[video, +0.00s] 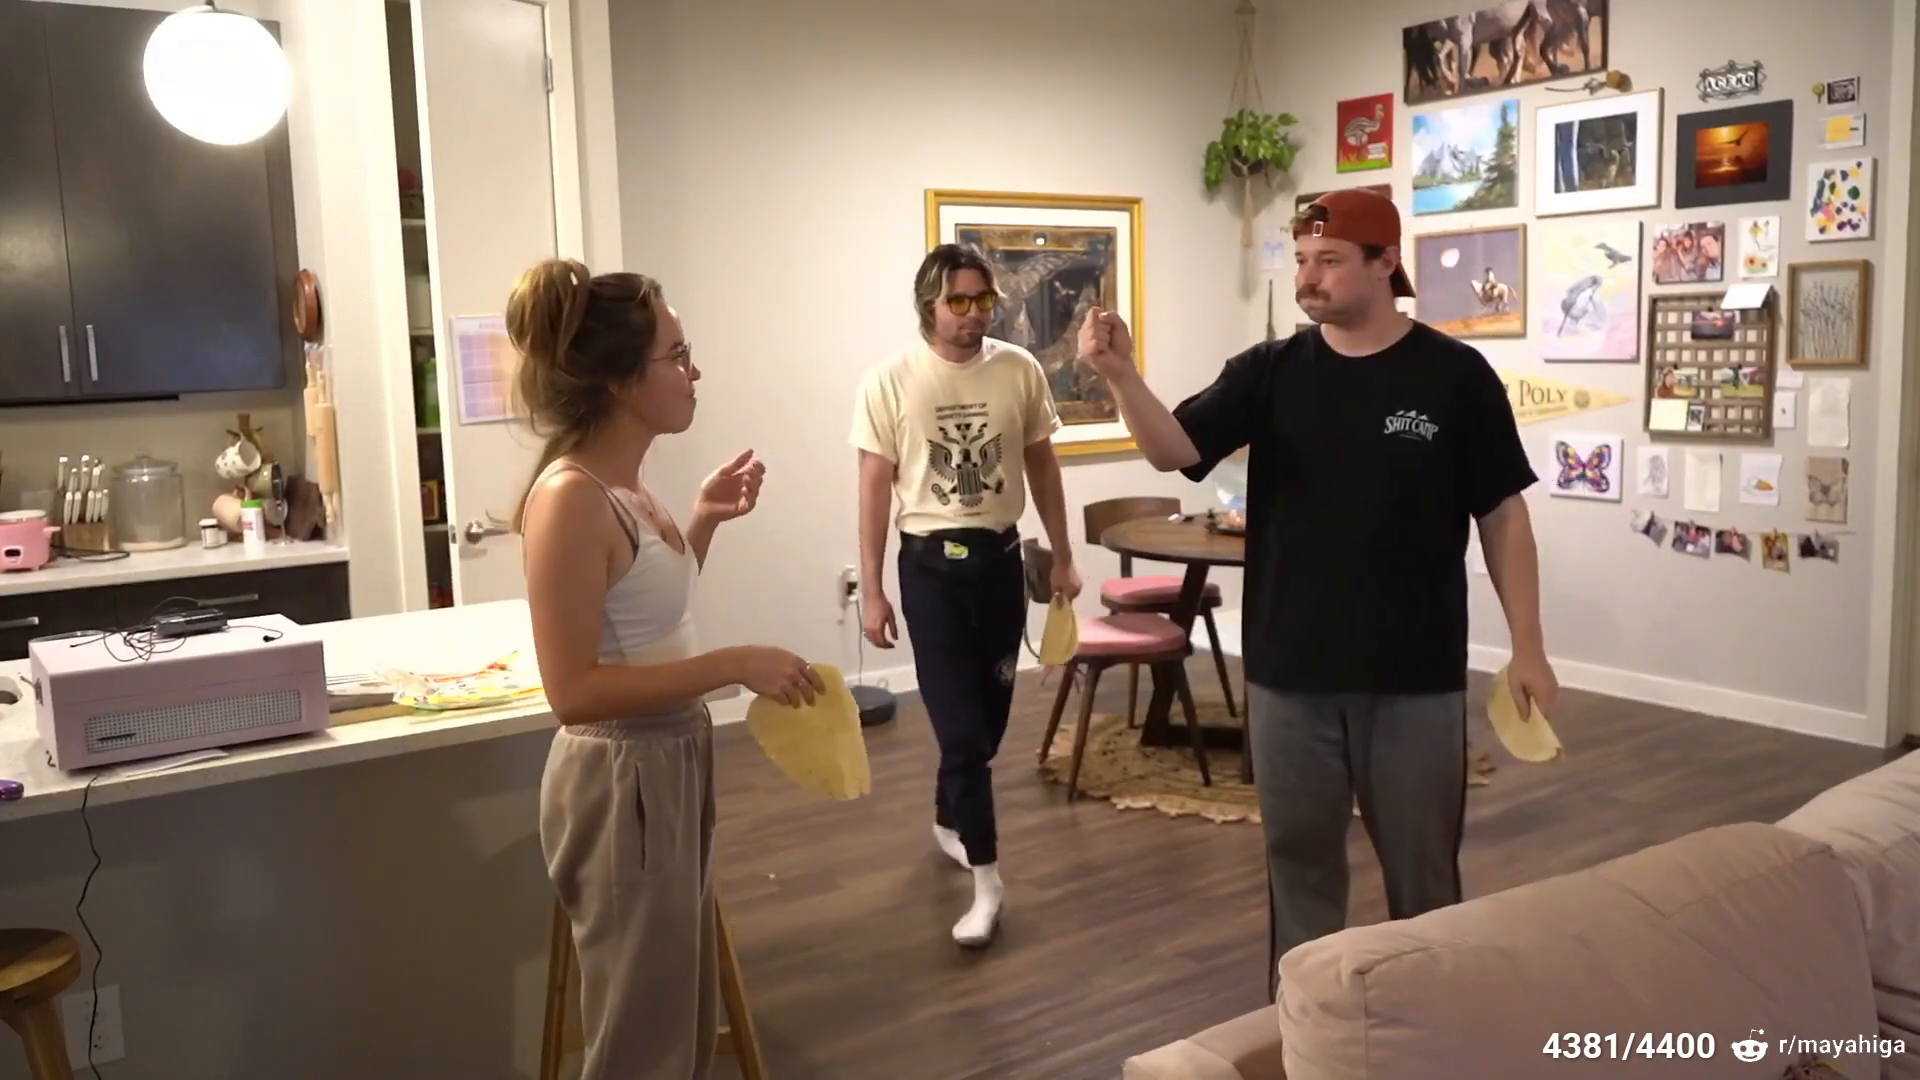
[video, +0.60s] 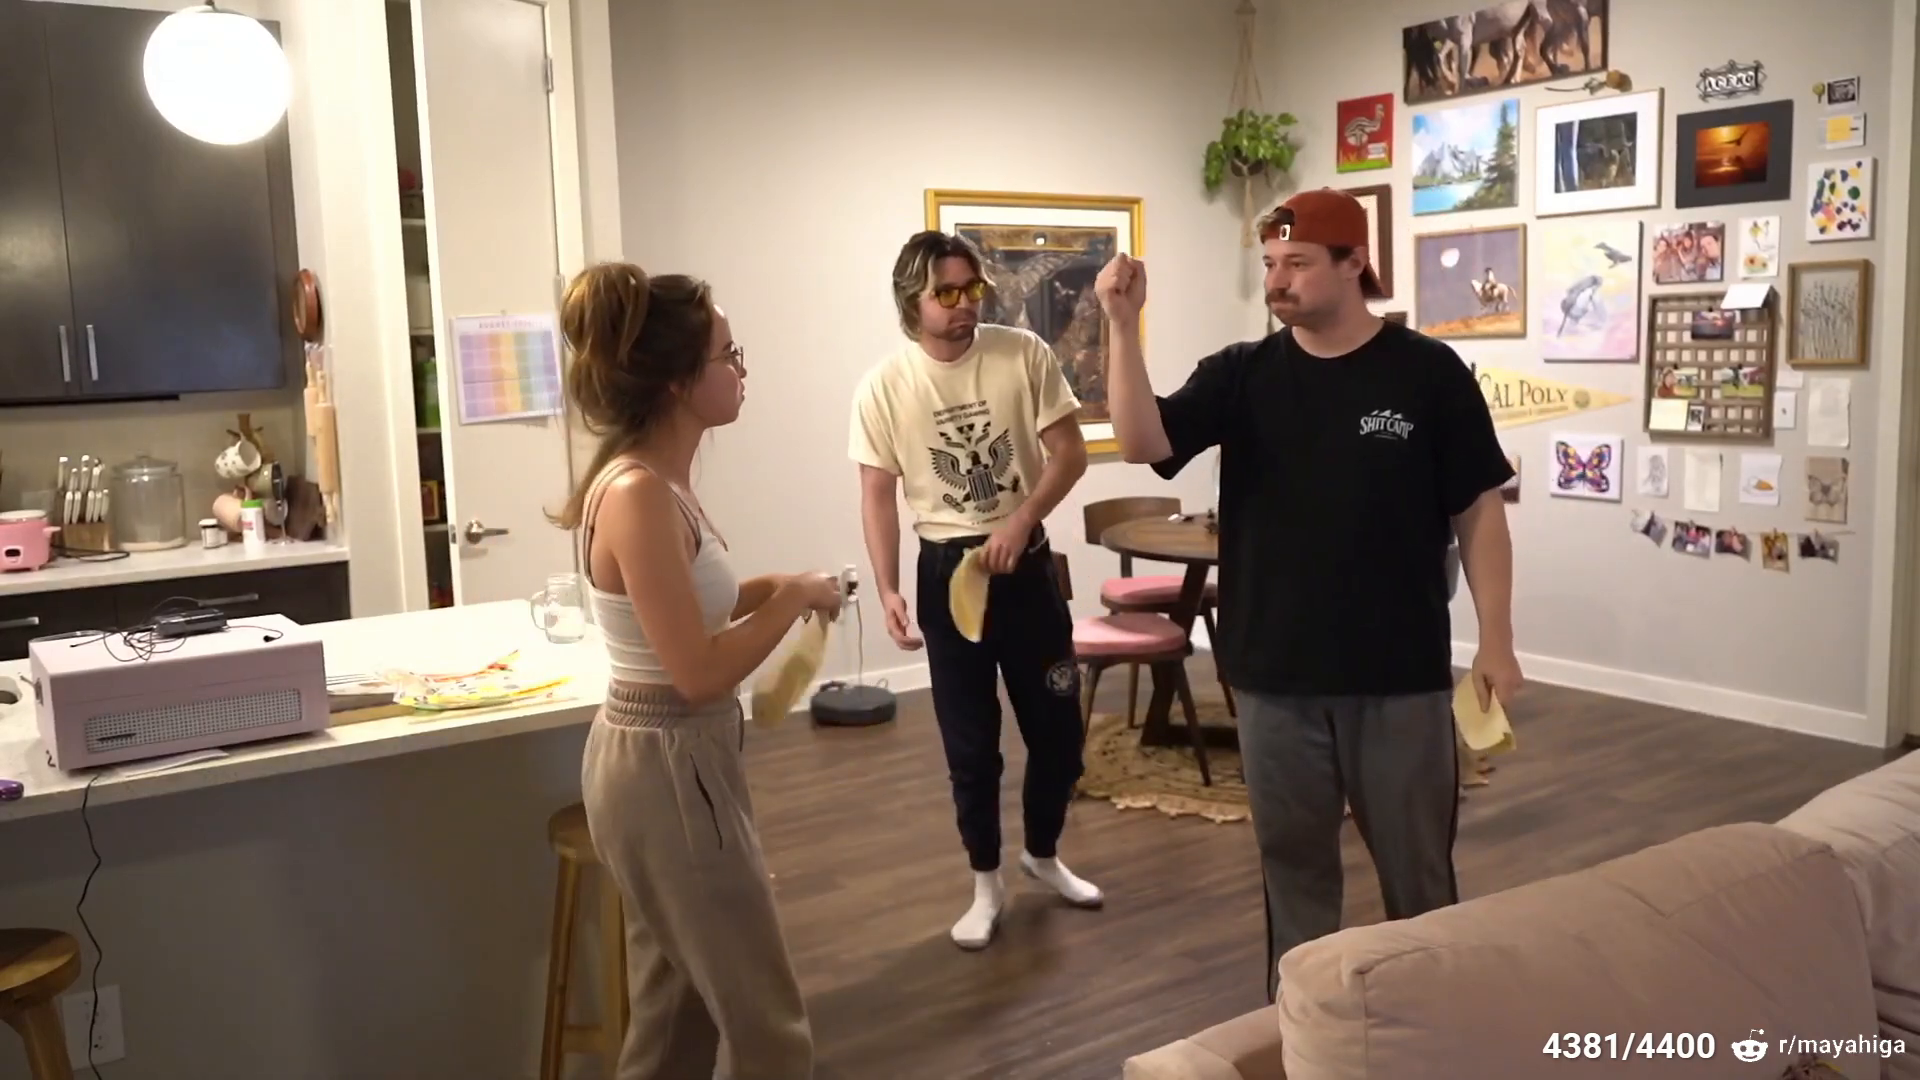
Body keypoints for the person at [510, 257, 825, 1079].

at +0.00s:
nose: (694, 372)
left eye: (686, 353)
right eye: (677, 358)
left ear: (625, 383)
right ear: (618, 383)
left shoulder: (628, 485)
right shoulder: (568, 499)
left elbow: (651, 611)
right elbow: (574, 692)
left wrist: (705, 518)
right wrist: (734, 666)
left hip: (668, 759)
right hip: (618, 776)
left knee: (681, 1012)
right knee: (642, 1028)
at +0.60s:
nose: (743, 371)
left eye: (736, 354)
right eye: (728, 359)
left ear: (677, 384)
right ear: (679, 385)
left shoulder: (660, 481)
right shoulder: (638, 495)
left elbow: (689, 621)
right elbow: (698, 675)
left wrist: (776, 594)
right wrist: (789, 600)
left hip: (664, 755)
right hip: (667, 769)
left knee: (667, 1020)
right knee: (769, 1027)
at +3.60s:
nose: (841, 359)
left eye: (835, 345)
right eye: (830, 349)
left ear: (768, 378)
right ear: (782, 377)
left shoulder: (731, 467)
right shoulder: (761, 482)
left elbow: (816, 567)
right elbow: (783, 665)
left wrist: (872, 462)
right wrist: (921, 629)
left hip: (735, 732)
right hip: (776, 747)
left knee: (763, 970)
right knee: (818, 990)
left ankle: (743, 1073)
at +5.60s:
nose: (848, 368)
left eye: (844, 353)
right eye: (838, 356)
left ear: (780, 377)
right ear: (791, 376)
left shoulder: (749, 470)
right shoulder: (759, 486)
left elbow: (826, 584)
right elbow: (776, 668)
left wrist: (937, 529)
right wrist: (916, 641)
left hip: (768, 732)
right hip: (787, 746)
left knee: (785, 966)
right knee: (814, 980)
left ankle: (763, 1073)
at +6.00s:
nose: (861, 371)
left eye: (857, 356)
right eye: (852, 359)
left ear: (795, 377)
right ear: (805, 376)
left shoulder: (753, 468)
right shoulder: (770, 482)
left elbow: (823, 592)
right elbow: (780, 665)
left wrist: (937, 546)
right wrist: (924, 646)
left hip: (761, 730)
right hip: (785, 744)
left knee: (781, 968)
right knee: (815, 978)